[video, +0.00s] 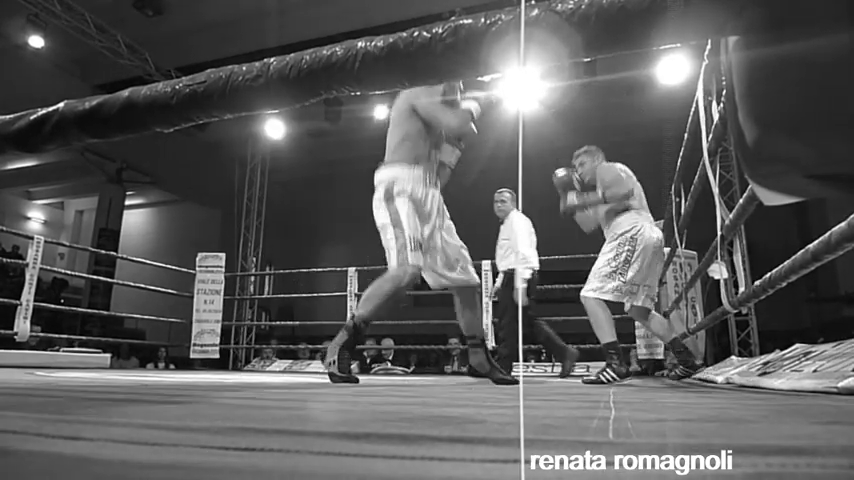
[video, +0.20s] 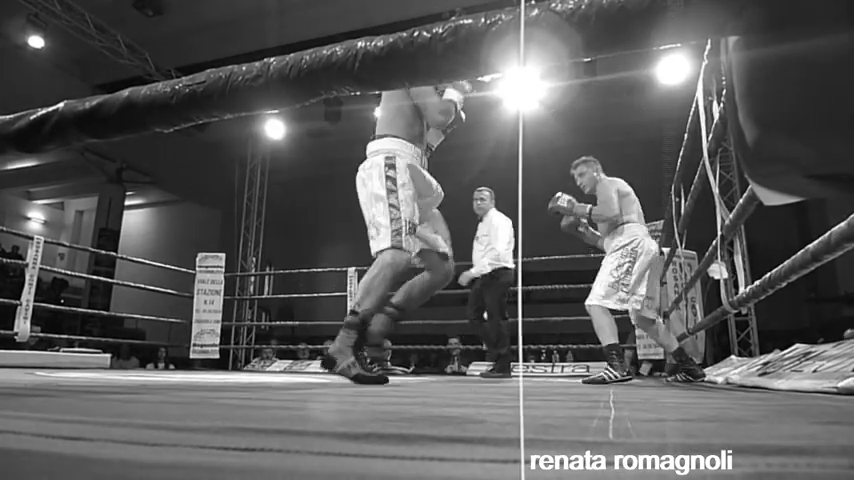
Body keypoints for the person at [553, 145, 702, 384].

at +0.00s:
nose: (579, 171)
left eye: (582, 164)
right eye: (576, 168)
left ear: (596, 159)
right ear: (576, 172)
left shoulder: (608, 168)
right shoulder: (593, 193)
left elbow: (622, 192)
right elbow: (588, 226)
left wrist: (579, 199)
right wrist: (567, 194)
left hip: (630, 235)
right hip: (652, 238)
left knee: (591, 295)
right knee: (638, 309)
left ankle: (616, 364)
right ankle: (686, 357)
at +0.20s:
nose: (578, 181)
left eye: (581, 174)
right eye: (576, 178)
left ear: (595, 171)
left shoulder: (606, 183)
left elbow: (610, 211)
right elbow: (608, 243)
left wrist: (577, 208)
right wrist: (580, 230)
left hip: (630, 245)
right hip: (647, 248)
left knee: (595, 304)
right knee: (641, 315)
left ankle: (616, 366)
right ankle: (688, 365)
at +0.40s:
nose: (572, 170)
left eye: (576, 164)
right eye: (568, 167)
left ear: (589, 163)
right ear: (565, 170)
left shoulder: (602, 177)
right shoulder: (573, 196)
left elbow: (622, 199)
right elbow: (565, 231)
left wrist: (586, 187)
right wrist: (557, 203)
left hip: (613, 240)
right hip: (598, 247)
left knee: (578, 292)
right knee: (636, 307)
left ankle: (584, 361)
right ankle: (685, 355)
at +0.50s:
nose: (564, 177)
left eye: (568, 171)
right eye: (560, 173)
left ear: (580, 170)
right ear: (558, 177)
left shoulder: (597, 186)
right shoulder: (566, 204)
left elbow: (625, 208)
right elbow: (543, 232)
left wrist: (593, 194)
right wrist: (540, 204)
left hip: (605, 248)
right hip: (591, 255)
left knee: (568, 299)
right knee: (639, 309)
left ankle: (572, 366)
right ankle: (686, 357)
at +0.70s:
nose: (532, 179)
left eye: (536, 173)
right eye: (528, 175)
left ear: (548, 173)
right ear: (525, 179)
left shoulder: (561, 193)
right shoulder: (532, 202)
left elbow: (574, 225)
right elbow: (528, 240)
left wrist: (540, 215)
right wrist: (514, 215)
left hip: (568, 253)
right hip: (549, 258)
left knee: (548, 307)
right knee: (565, 318)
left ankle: (568, 366)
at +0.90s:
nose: (499, 191)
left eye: (503, 185)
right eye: (495, 188)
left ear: (515, 185)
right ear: (492, 192)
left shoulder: (525, 200)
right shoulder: (497, 216)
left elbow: (529, 230)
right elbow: (495, 252)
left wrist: (505, 209)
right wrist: (482, 229)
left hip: (533, 258)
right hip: (510, 265)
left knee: (530, 309)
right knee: (490, 310)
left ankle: (564, 364)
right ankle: (489, 363)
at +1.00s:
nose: (488, 196)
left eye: (492, 191)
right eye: (484, 192)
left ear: (502, 192)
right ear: (479, 196)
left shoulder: (512, 207)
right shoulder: (481, 221)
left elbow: (519, 234)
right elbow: (475, 257)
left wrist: (499, 210)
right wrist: (465, 230)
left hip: (514, 266)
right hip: (489, 271)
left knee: (527, 315)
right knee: (469, 317)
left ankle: (560, 361)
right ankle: (477, 364)